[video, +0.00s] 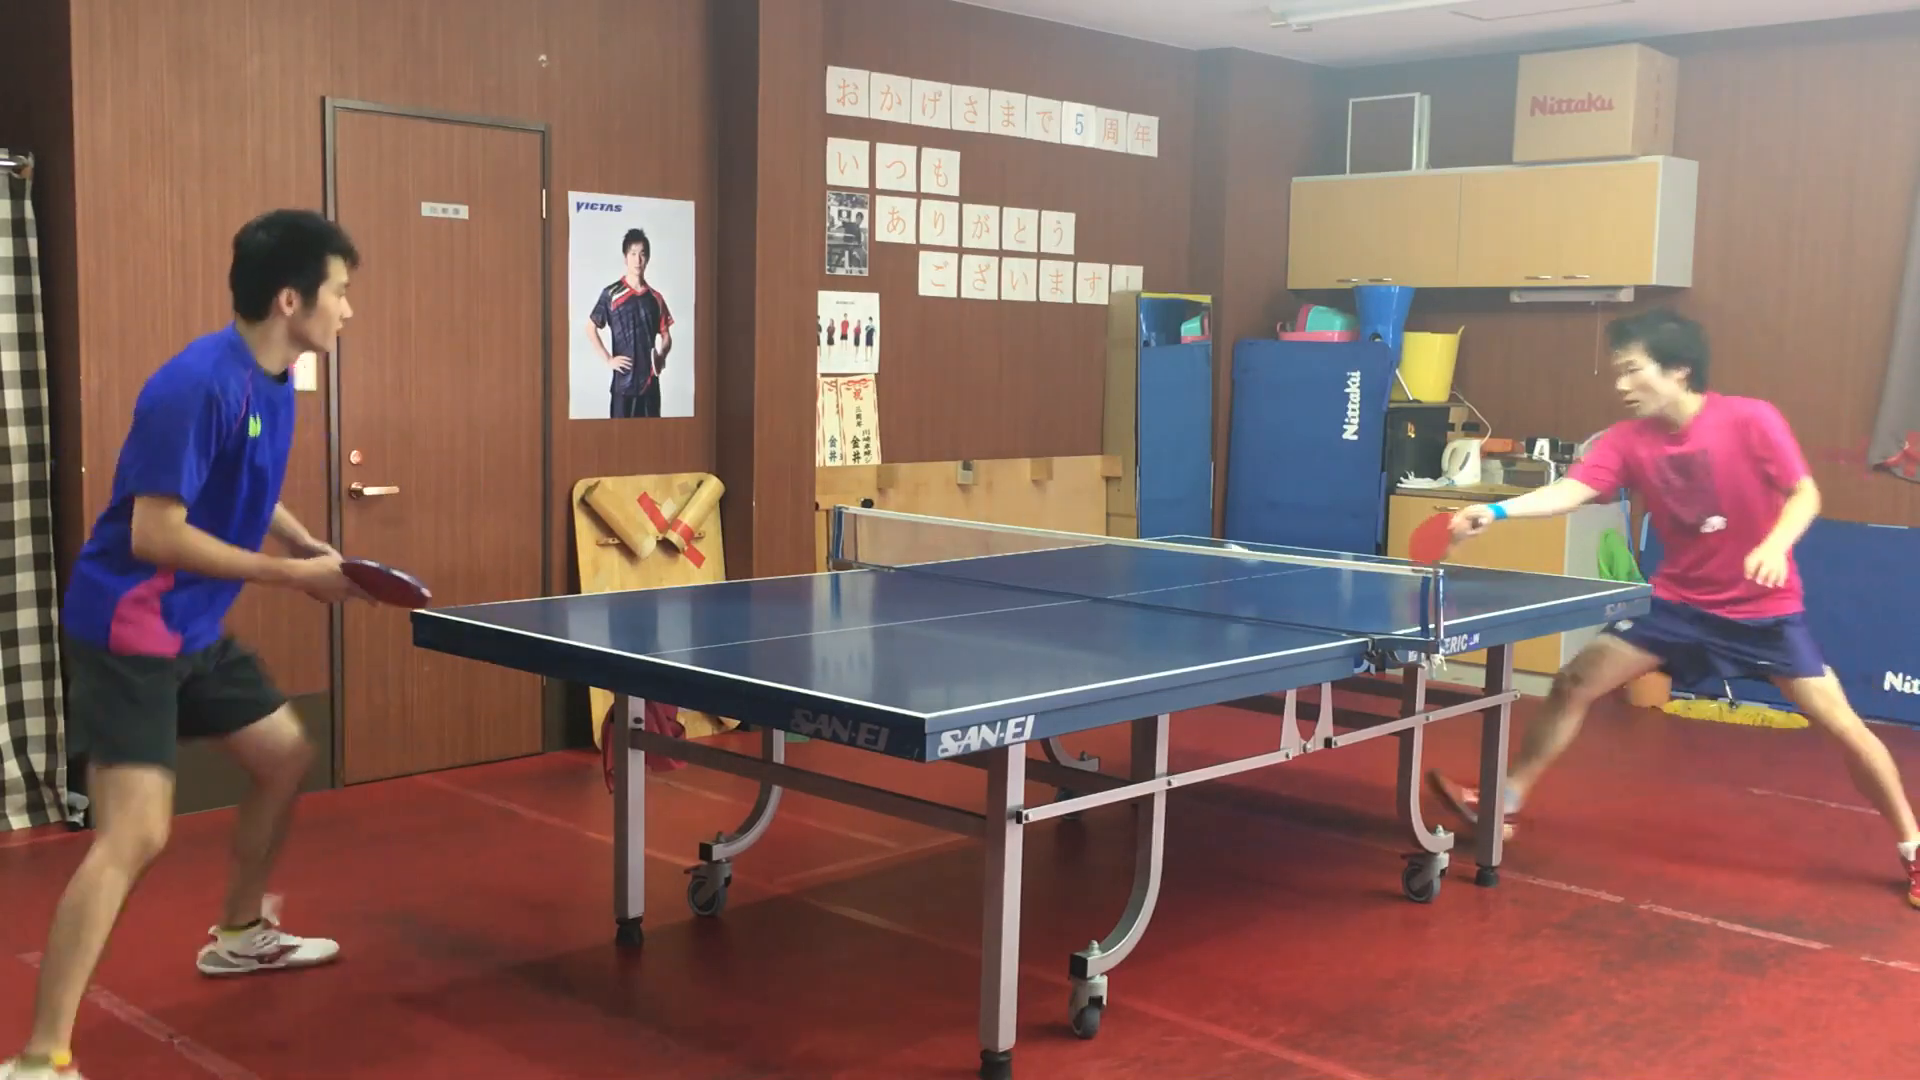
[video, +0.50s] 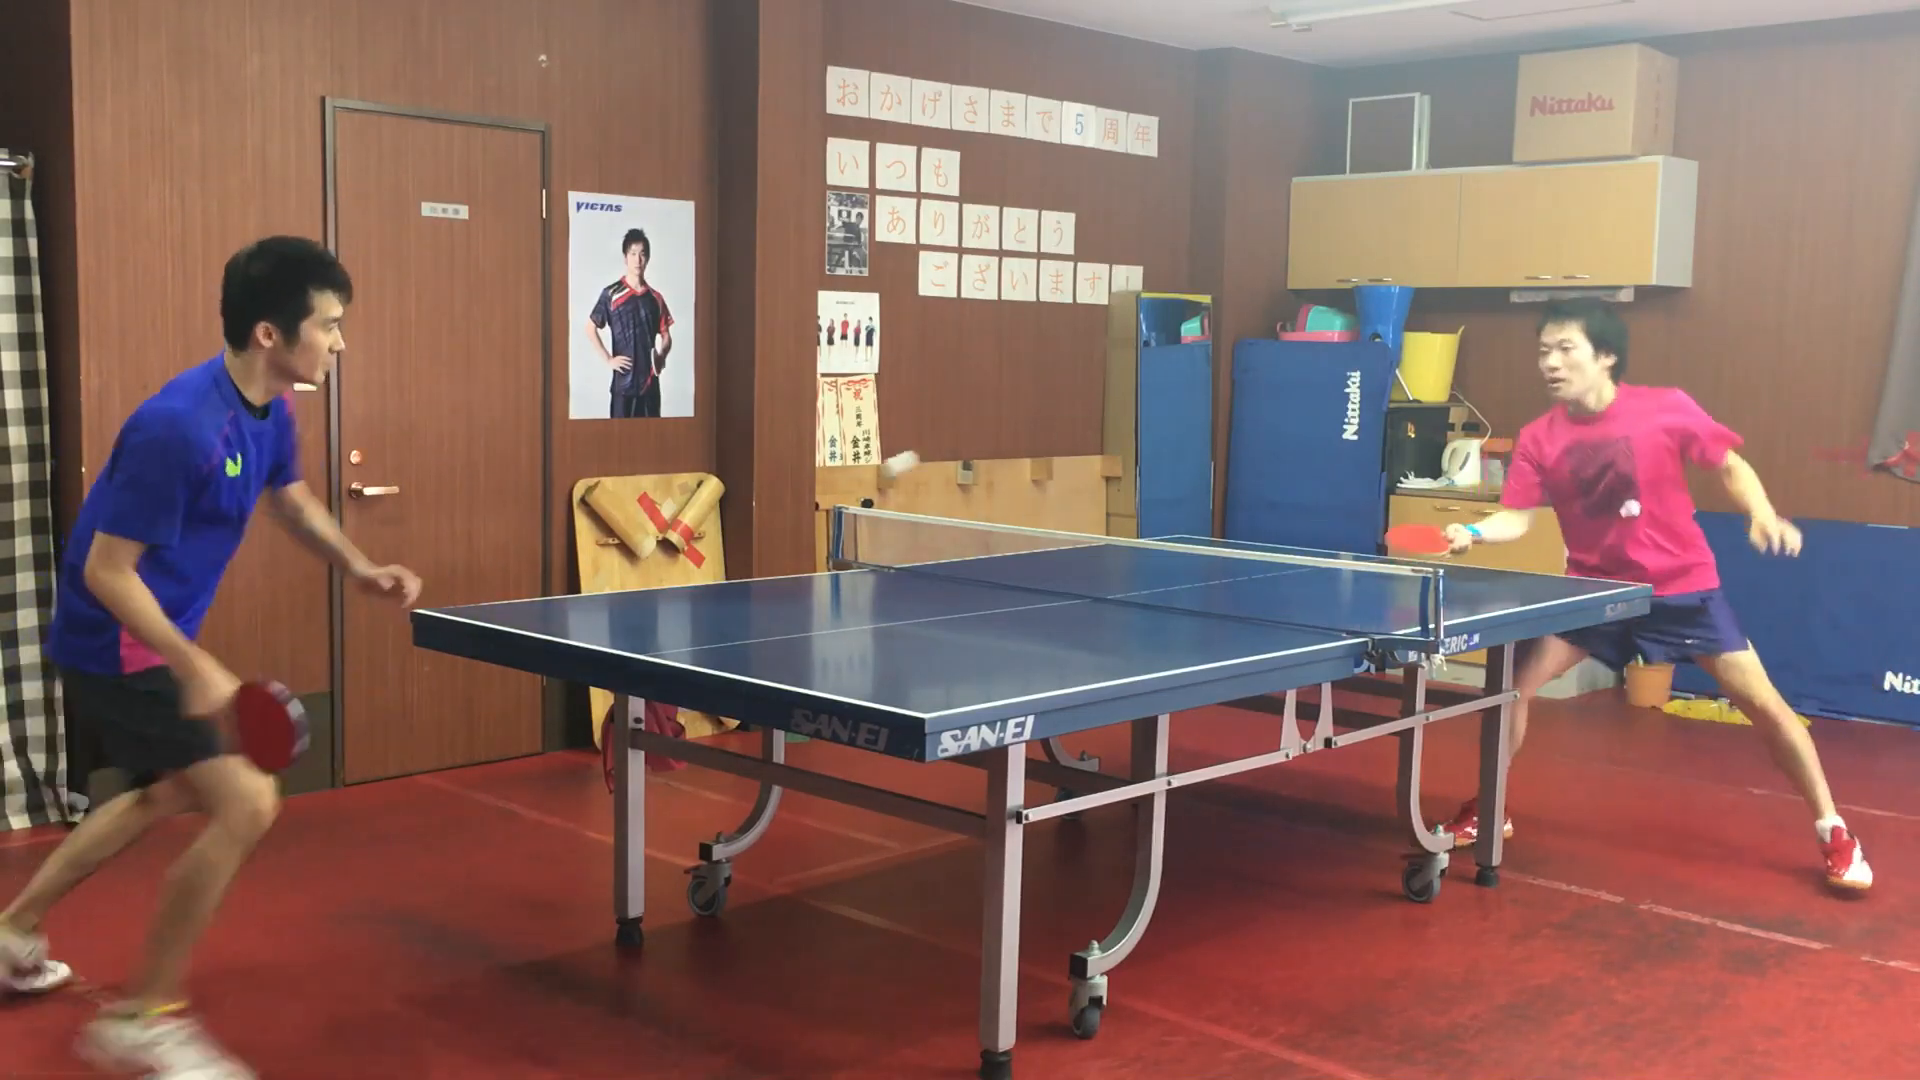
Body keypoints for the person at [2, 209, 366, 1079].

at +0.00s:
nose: (348, 311)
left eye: (347, 293)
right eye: (339, 293)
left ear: (290, 302)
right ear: (289, 301)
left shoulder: (279, 382)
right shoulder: (194, 384)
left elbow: (244, 498)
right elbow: (153, 534)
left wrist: (318, 556)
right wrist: (291, 570)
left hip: (195, 624)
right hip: (124, 627)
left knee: (283, 751)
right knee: (134, 830)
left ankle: (239, 930)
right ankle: (41, 1056)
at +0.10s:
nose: (333, 350)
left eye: (331, 331)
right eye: (322, 331)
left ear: (267, 343)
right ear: (271, 344)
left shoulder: (243, 428)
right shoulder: (196, 428)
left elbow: (218, 537)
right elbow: (166, 582)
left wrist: (301, 584)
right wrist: (315, 614)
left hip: (130, 661)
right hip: (72, 671)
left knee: (233, 762)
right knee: (132, 877)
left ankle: (228, 934)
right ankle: (13, 1067)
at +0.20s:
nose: (335, 367)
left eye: (333, 348)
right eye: (326, 349)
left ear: (271, 362)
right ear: (274, 363)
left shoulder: (231, 437)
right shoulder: (191, 446)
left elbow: (199, 535)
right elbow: (160, 605)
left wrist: (284, 598)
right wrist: (301, 652)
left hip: (106, 657)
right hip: (42, 668)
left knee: (198, 767)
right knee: (126, 874)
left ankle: (151, 933)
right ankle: (13, 1069)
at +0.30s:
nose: (340, 362)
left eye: (337, 344)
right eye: (328, 345)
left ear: (276, 364)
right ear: (276, 364)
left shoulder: (238, 436)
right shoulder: (186, 443)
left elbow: (198, 528)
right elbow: (139, 601)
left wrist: (276, 596)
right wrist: (277, 673)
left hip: (97, 651)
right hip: (40, 659)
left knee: (169, 780)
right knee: (113, 867)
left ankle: (32, 929)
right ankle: (13, 1064)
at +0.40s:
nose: (343, 357)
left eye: (340, 339)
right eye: (331, 340)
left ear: (278, 355)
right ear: (278, 355)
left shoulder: (240, 427)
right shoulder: (188, 439)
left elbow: (211, 522)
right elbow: (131, 589)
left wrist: (286, 590)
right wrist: (251, 668)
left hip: (88, 658)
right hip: (77, 665)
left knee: (96, 821)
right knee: (156, 863)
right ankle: (27, 1064)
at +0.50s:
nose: (340, 347)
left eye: (340, 329)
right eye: (329, 328)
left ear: (272, 335)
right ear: (267, 335)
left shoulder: (271, 409)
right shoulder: (176, 428)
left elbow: (288, 500)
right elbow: (106, 571)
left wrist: (359, 568)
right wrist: (193, 664)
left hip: (151, 642)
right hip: (112, 650)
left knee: (158, 793)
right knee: (246, 803)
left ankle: (15, 927)